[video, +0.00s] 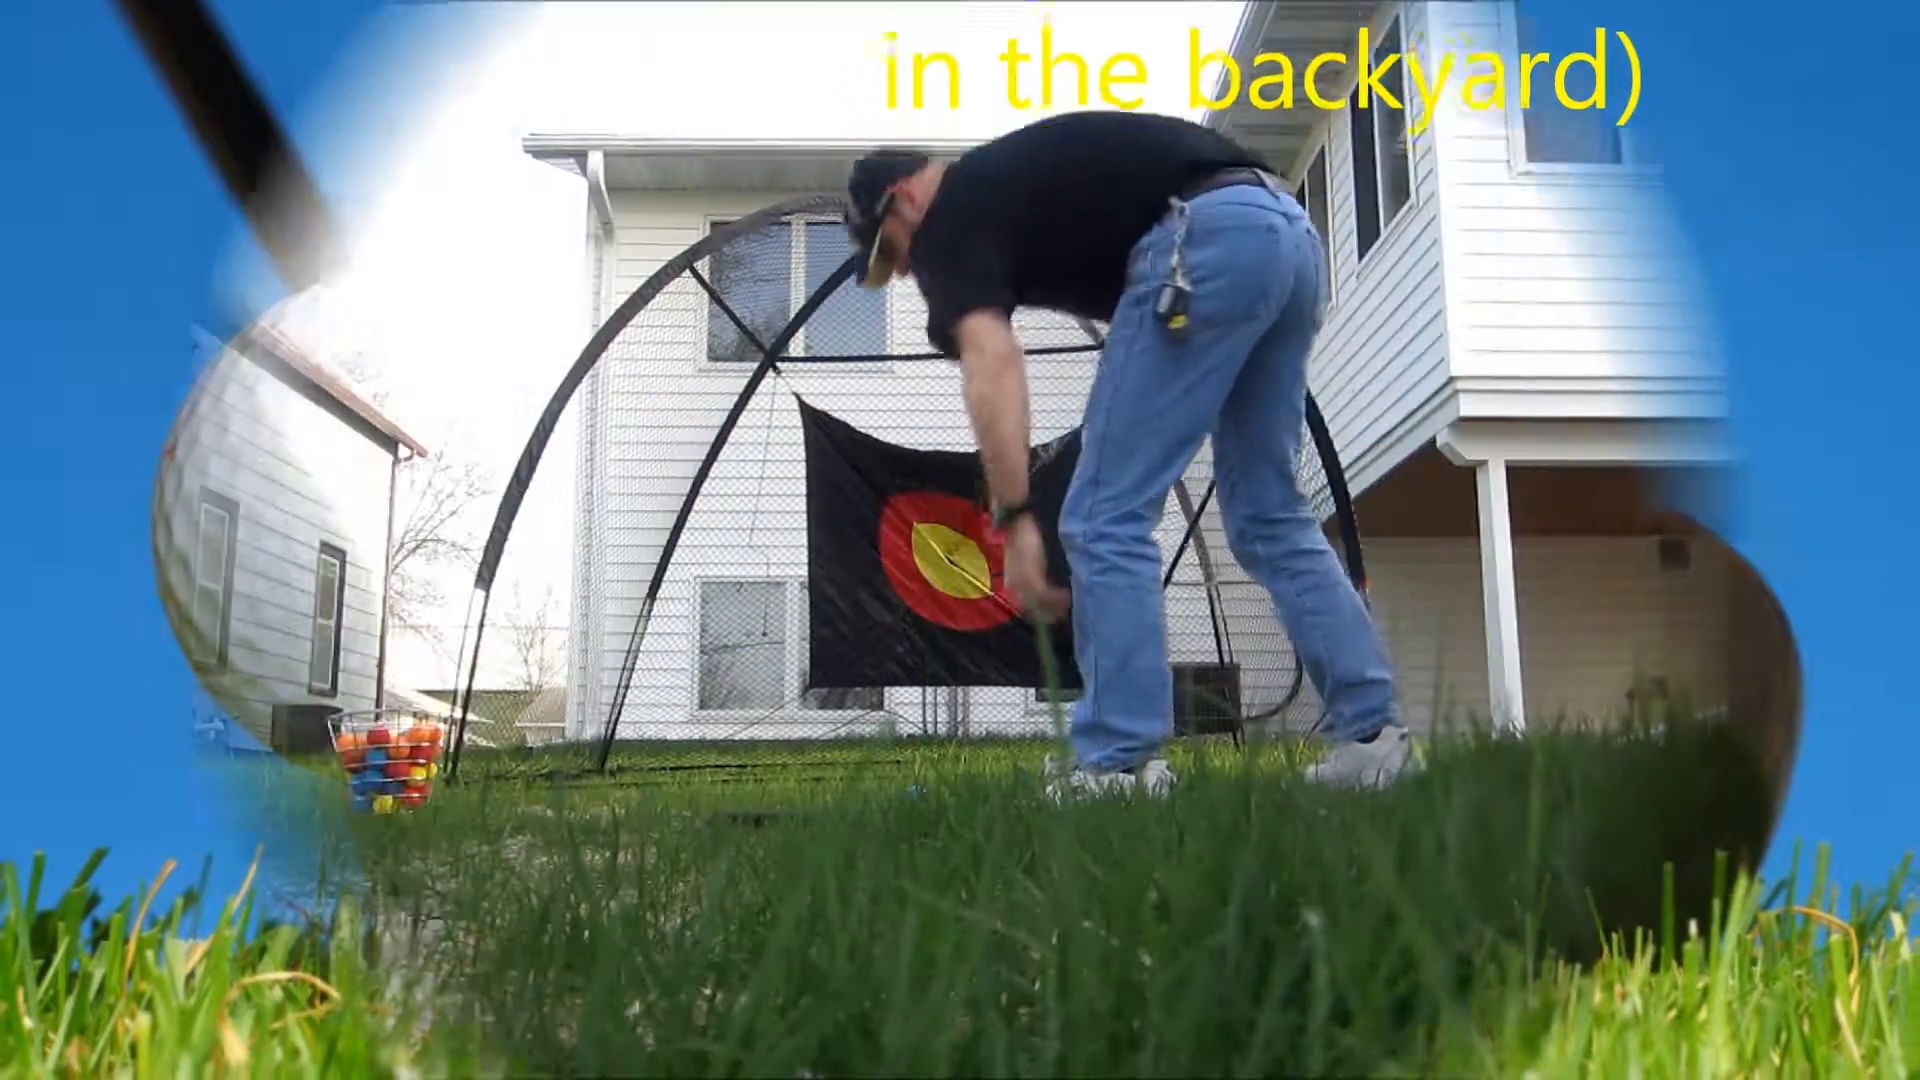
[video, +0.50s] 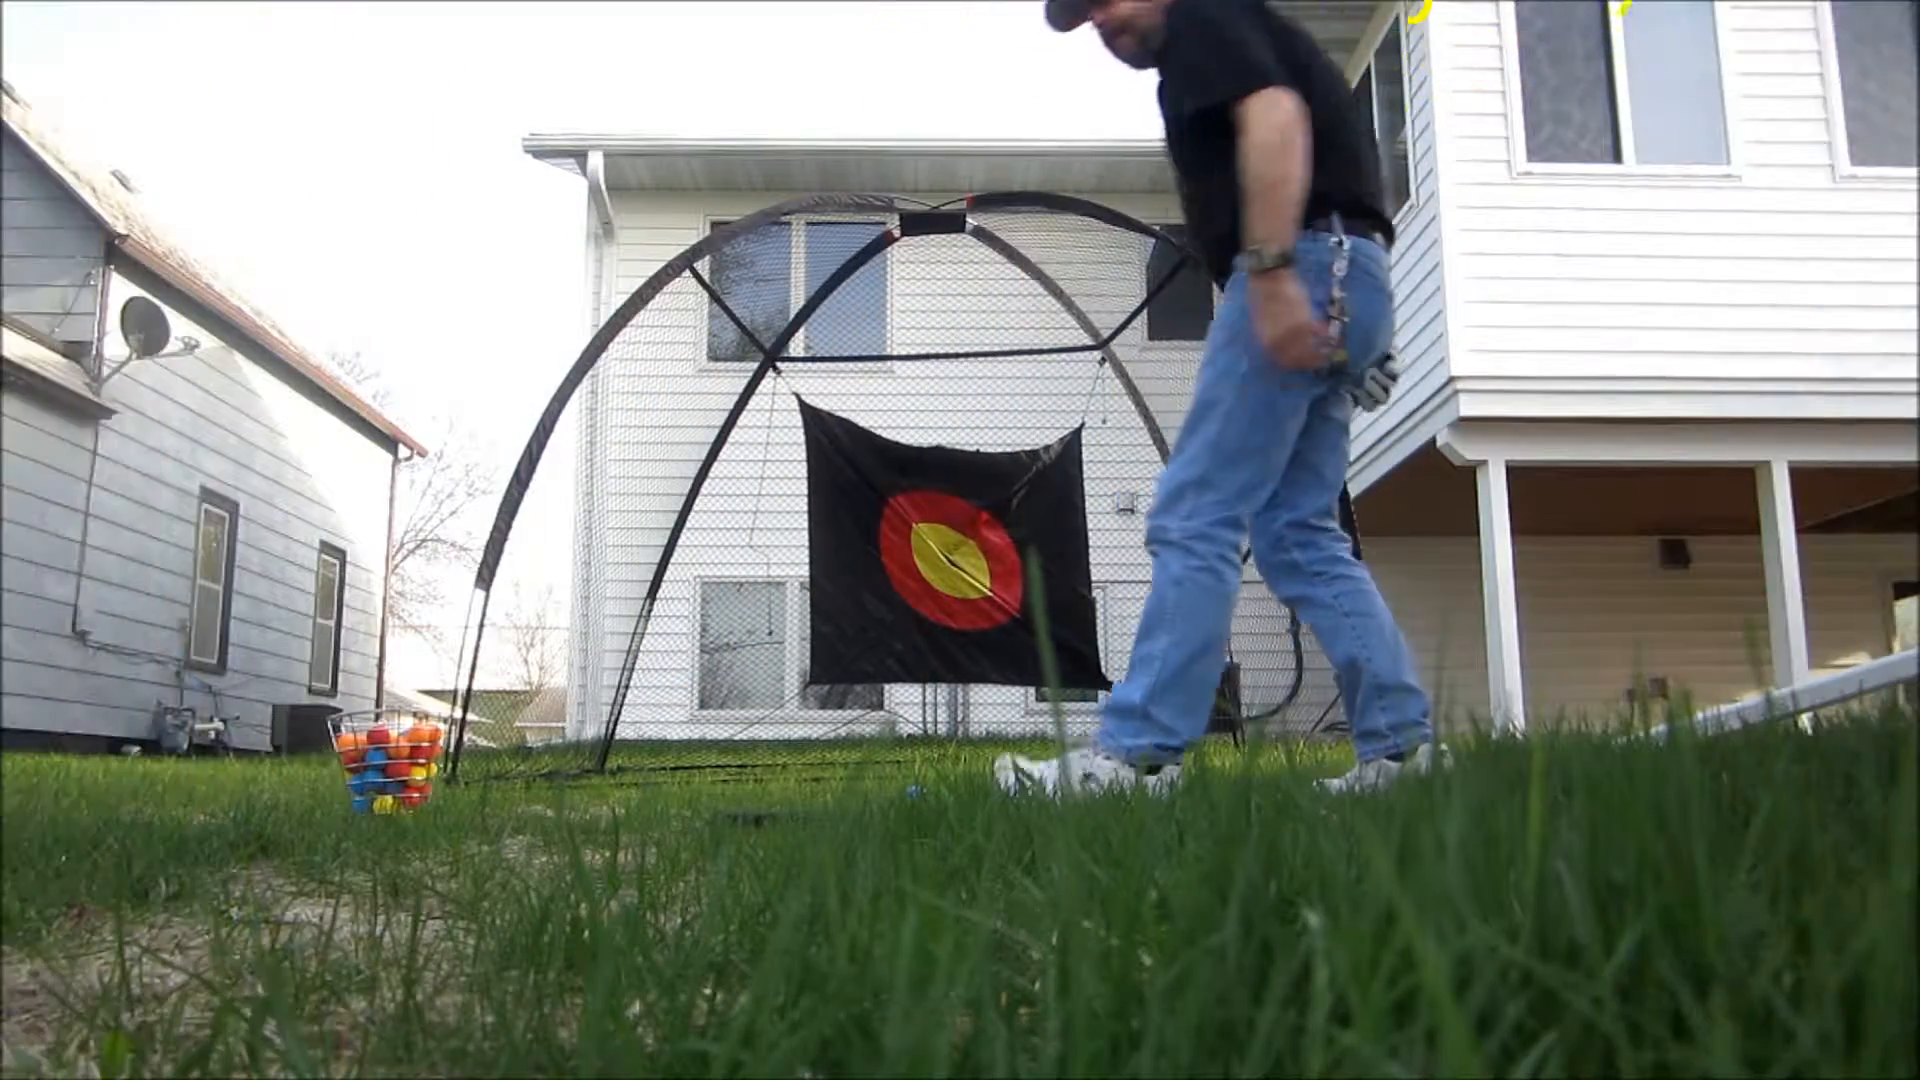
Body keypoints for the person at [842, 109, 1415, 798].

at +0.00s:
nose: (905, 267)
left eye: (893, 247)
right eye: (892, 260)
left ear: (905, 196)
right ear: (927, 183)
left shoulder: (951, 216)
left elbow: (993, 361)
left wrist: (1015, 518)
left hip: (1202, 237)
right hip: (1292, 239)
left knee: (1105, 519)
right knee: (1267, 516)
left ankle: (1116, 760)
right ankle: (1372, 733)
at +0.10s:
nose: (918, 220)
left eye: (907, 200)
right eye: (904, 213)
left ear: (926, 147)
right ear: (949, 135)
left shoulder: (967, 175)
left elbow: (1006, 298)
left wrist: (1026, 464)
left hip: (1212, 239)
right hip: (1302, 241)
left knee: (1118, 518)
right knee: (1249, 513)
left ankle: (1119, 759)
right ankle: (1381, 720)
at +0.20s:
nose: (952, 154)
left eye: (944, 131)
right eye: (940, 143)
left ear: (970, 83)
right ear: (993, 70)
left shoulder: (1009, 117)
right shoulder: (1084, 93)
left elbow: (1058, 227)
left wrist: (1067, 398)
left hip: (1228, 253)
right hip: (1310, 257)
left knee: (1130, 515)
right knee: (1251, 527)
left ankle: (1121, 759)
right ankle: (1390, 725)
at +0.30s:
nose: (985, 110)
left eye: (980, 88)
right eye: (975, 101)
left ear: (1006, 49)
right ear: (1031, 42)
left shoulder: (1053, 82)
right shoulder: (1130, 69)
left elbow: (1108, 186)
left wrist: (1112, 358)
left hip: (1236, 263)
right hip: (1319, 265)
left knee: (1141, 519)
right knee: (1265, 533)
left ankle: (1120, 757)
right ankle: (1396, 737)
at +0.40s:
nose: (1031, 72)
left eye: (1028, 47)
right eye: (1018, 64)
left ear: (1070, 11)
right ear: (1096, 18)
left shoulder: (1111, 49)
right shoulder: (1181, 53)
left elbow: (1172, 152)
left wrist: (1171, 312)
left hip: (1258, 265)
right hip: (1332, 273)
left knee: (1158, 523)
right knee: (1276, 537)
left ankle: (1124, 756)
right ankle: (1399, 740)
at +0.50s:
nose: (1099, 33)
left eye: (1100, 13)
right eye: (1089, 25)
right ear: (1122, 14)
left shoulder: (1204, 19)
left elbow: (1276, 115)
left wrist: (1268, 275)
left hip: (1296, 269)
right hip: (1345, 274)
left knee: (1196, 519)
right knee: (1296, 532)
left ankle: (1137, 751)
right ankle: (1401, 745)